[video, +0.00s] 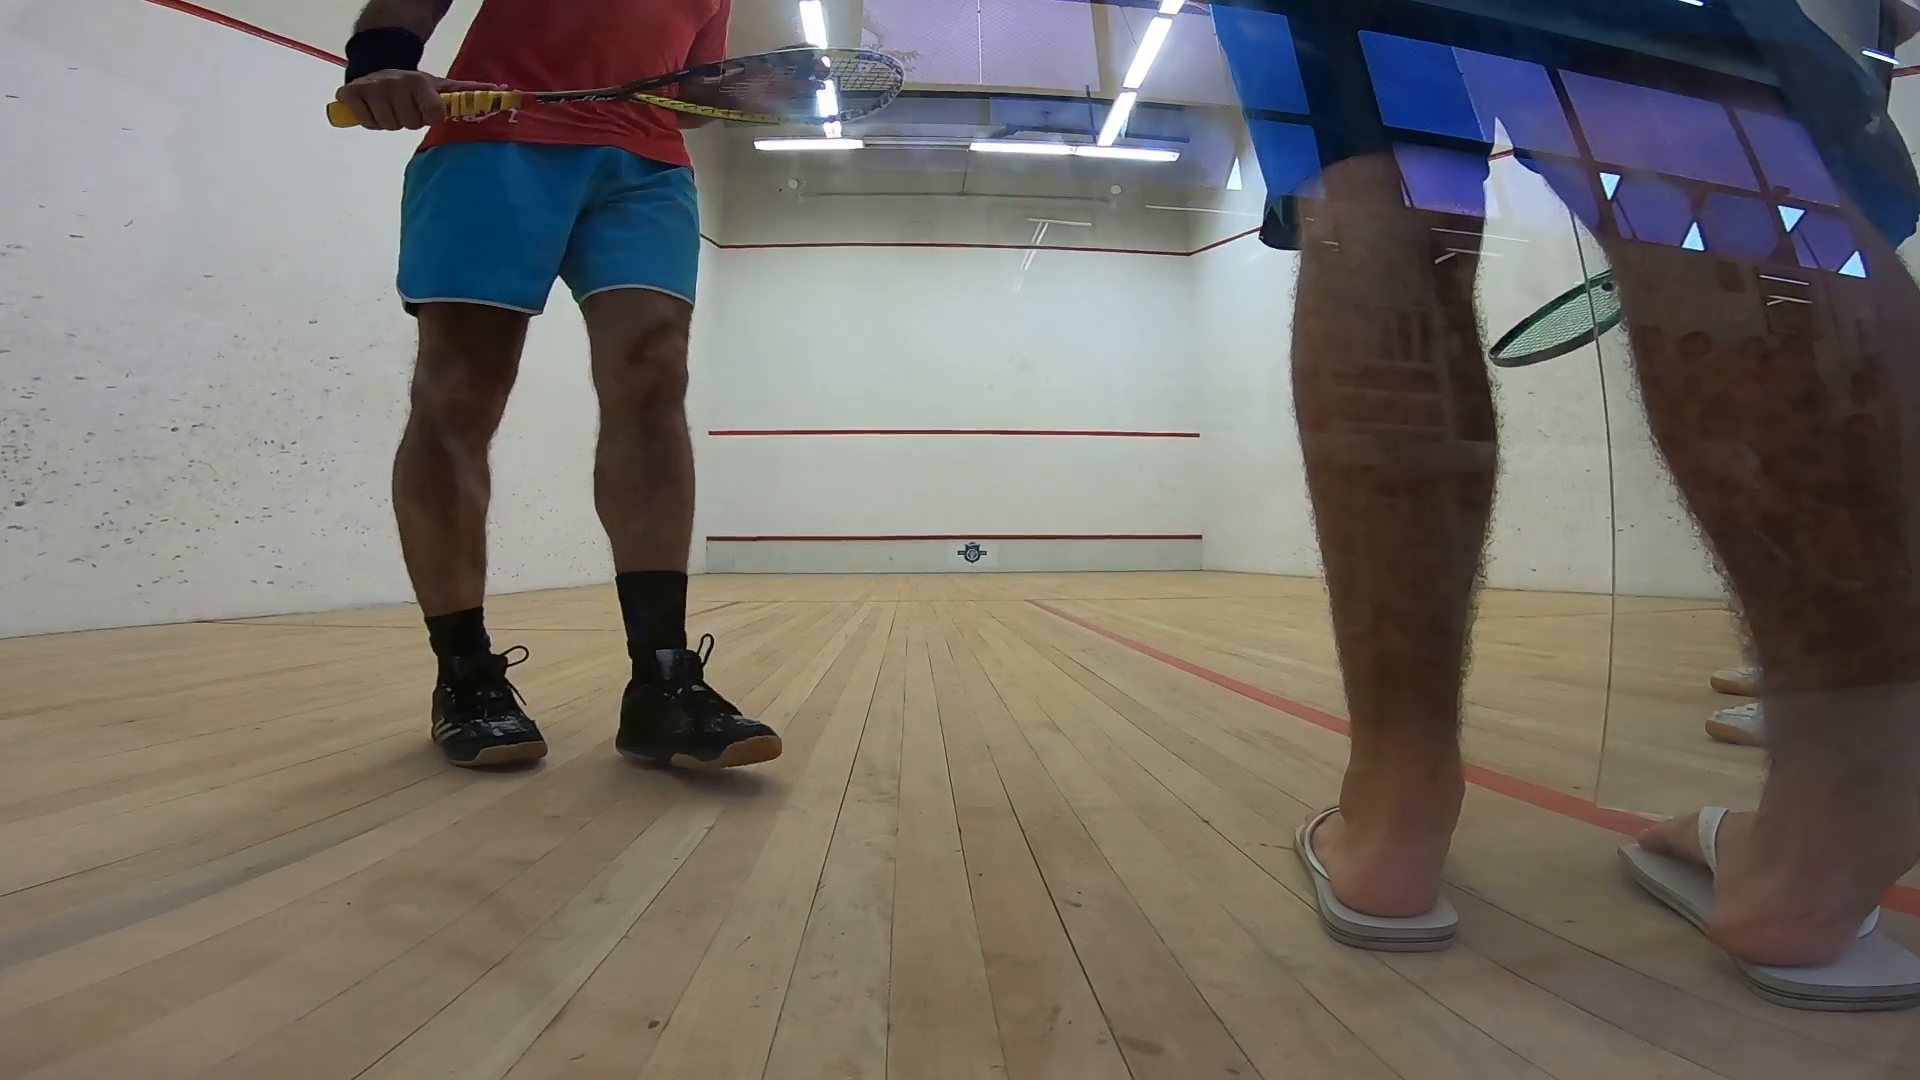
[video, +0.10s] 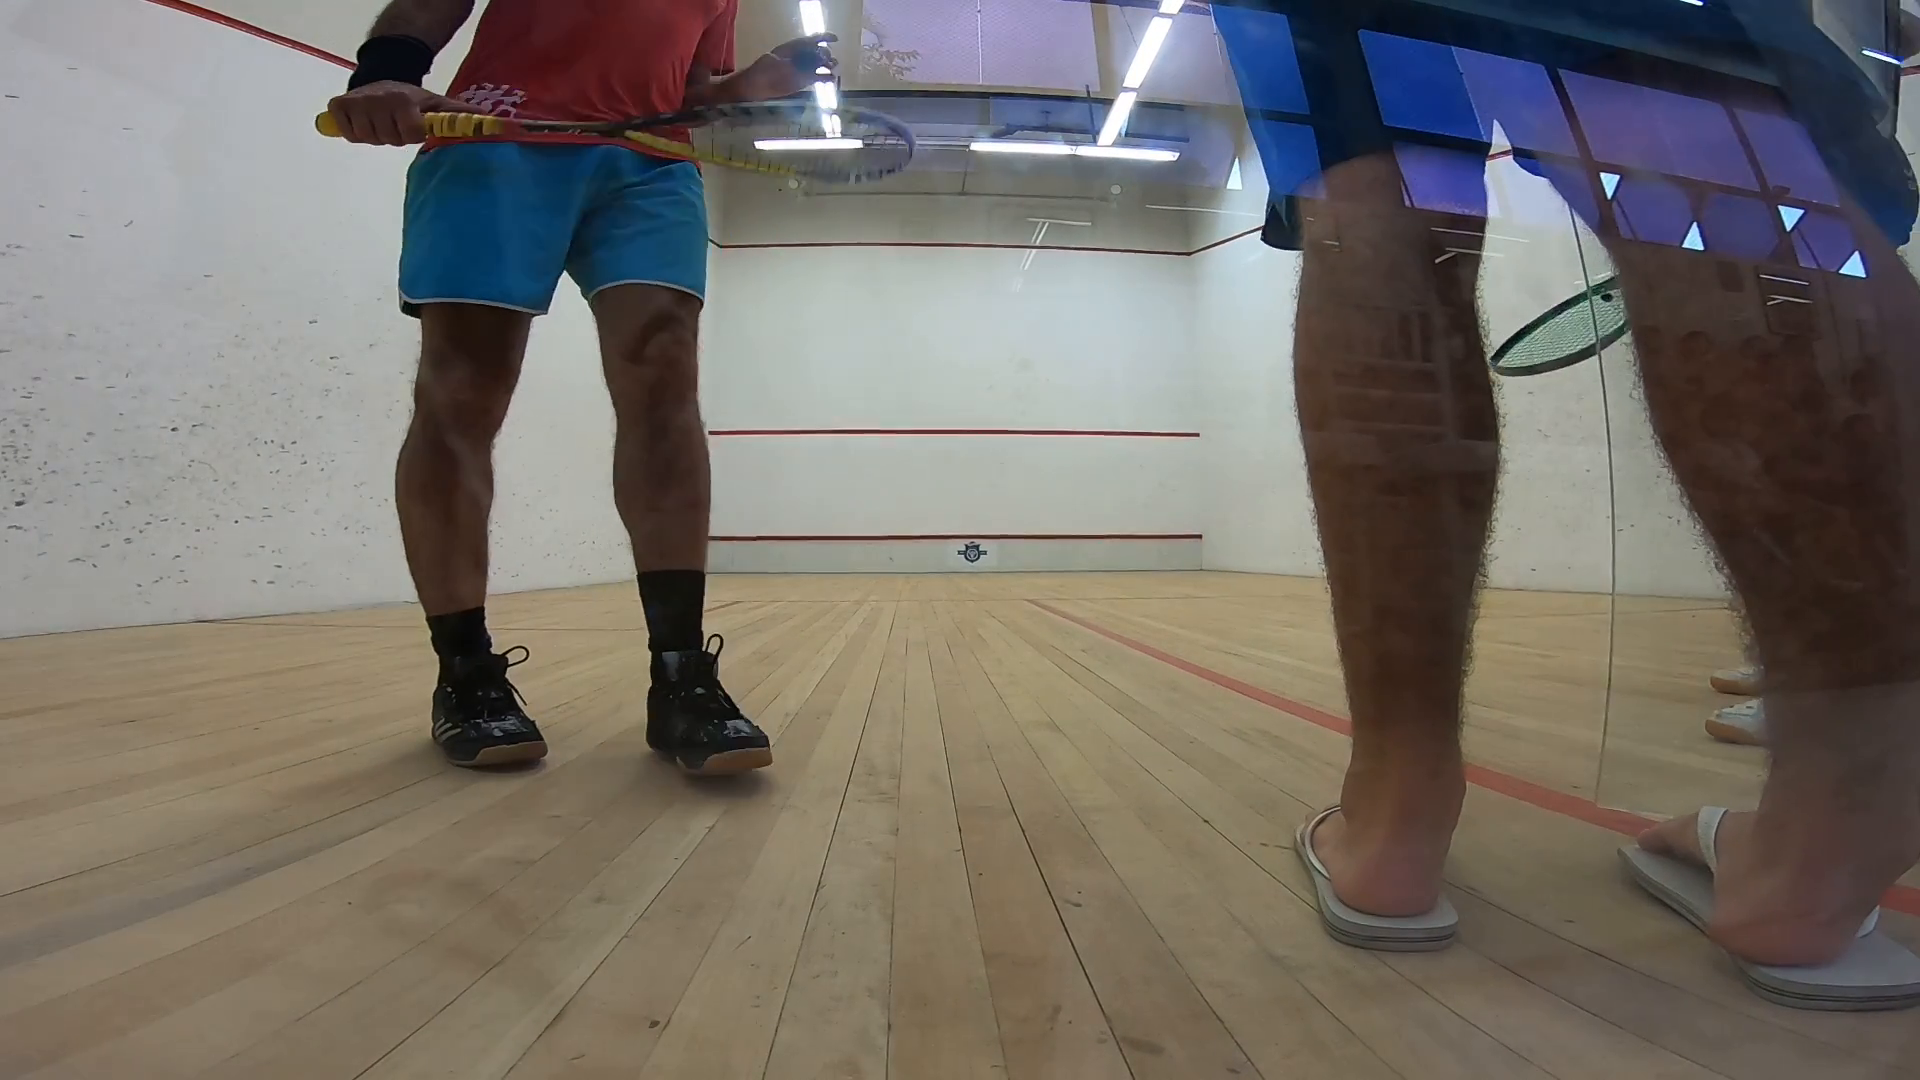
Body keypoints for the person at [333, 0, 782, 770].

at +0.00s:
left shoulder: (709, 3)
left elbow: (693, 79)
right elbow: (414, 1)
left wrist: (757, 88)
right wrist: (383, 58)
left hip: (645, 137)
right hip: (497, 117)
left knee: (653, 372)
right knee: (459, 394)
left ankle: (663, 681)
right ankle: (467, 681)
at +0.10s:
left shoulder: (714, 4)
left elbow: (695, 88)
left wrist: (748, 85)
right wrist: (387, 67)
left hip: (652, 144)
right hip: (499, 125)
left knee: (665, 365)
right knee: (462, 394)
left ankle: (684, 680)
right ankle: (468, 679)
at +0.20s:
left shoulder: (726, 4)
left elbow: (702, 95)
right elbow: (462, 5)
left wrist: (773, 76)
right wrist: (398, 79)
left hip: (665, 142)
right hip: (514, 121)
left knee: (672, 375)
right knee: (473, 398)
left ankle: (701, 678)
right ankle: (469, 677)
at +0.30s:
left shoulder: (744, 4)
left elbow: (729, 95)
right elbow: (489, 1)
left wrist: (800, 63)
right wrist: (414, 84)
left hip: (690, 133)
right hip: (541, 109)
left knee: (681, 397)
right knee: (494, 398)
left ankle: (701, 687)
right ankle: (472, 680)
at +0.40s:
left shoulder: (762, 3)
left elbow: (756, 92)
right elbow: (510, 0)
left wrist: (829, 51)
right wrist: (419, 90)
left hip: (714, 135)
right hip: (571, 111)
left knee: (695, 399)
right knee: (513, 398)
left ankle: (703, 685)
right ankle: (474, 680)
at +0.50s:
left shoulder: (775, 5)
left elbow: (779, 91)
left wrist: (846, 46)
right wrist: (432, 90)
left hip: (736, 131)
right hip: (592, 110)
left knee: (708, 396)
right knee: (534, 392)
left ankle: (705, 684)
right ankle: (474, 675)